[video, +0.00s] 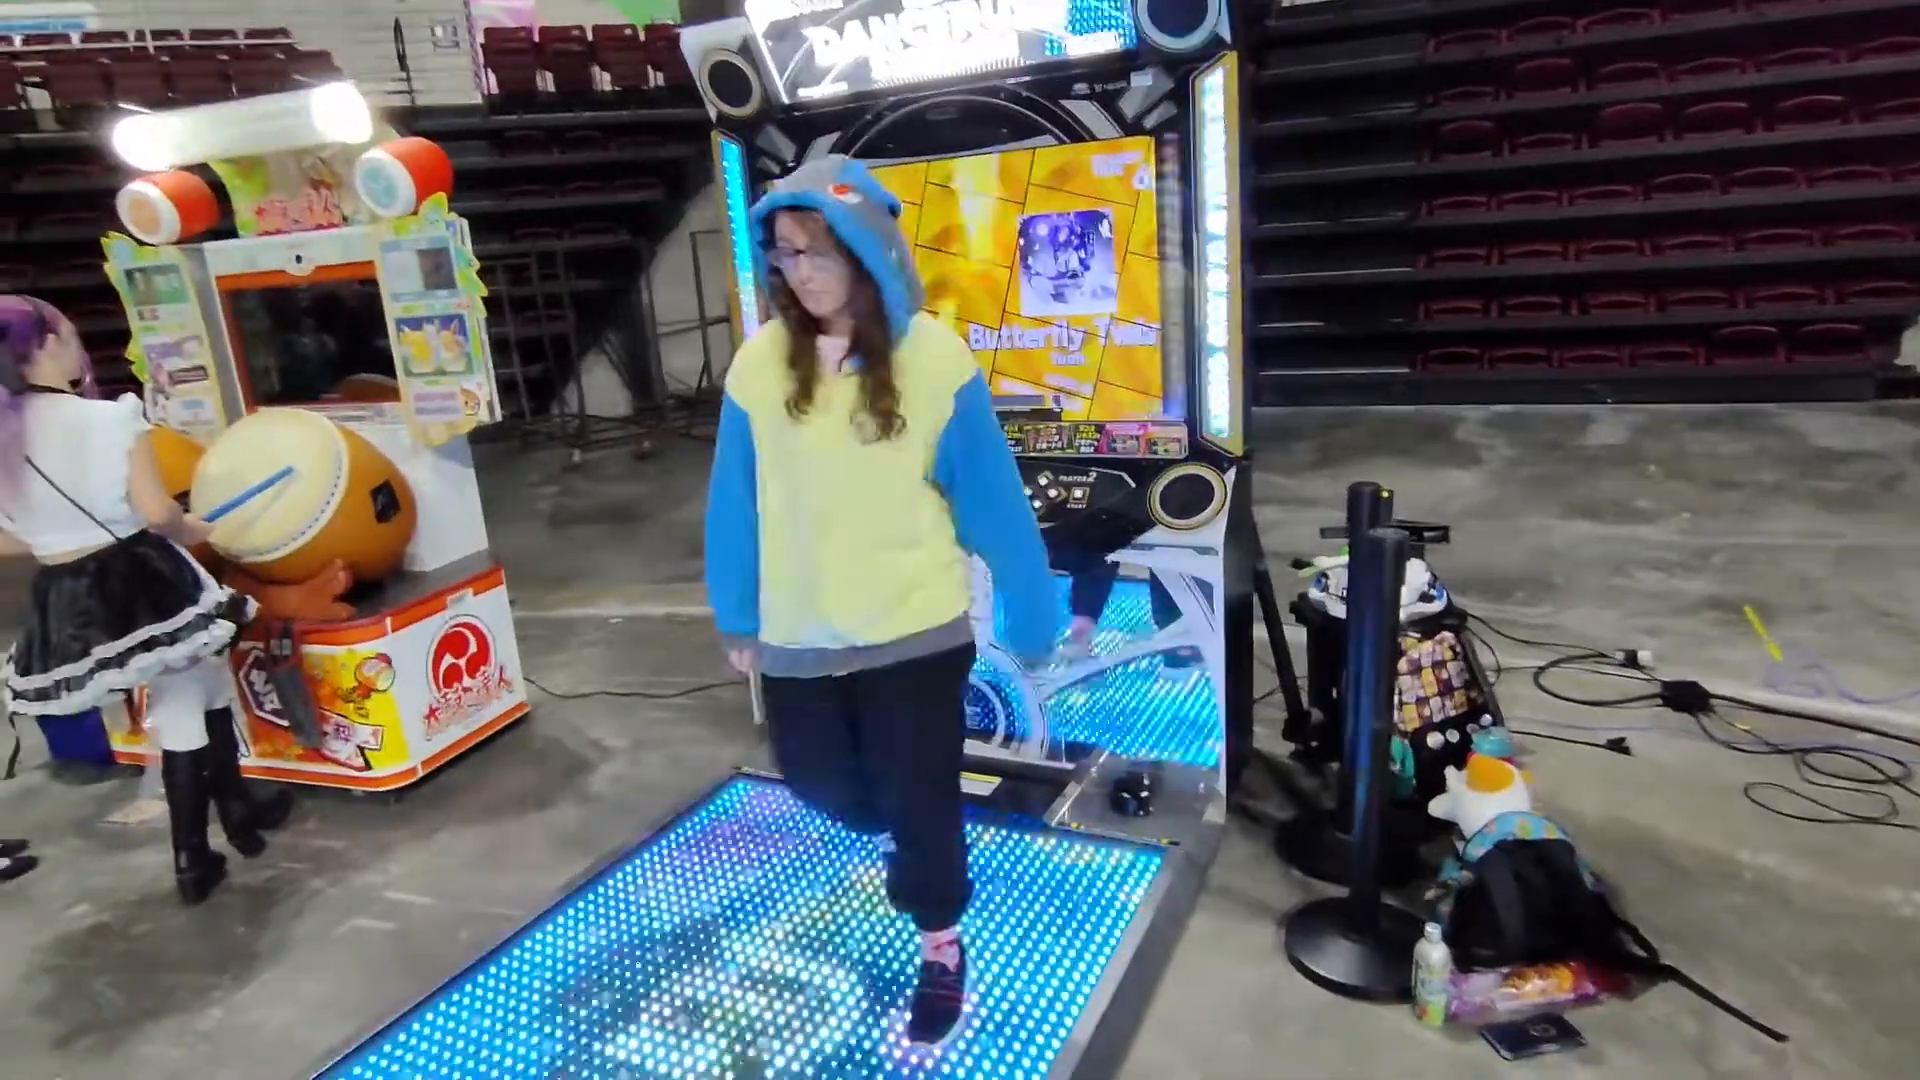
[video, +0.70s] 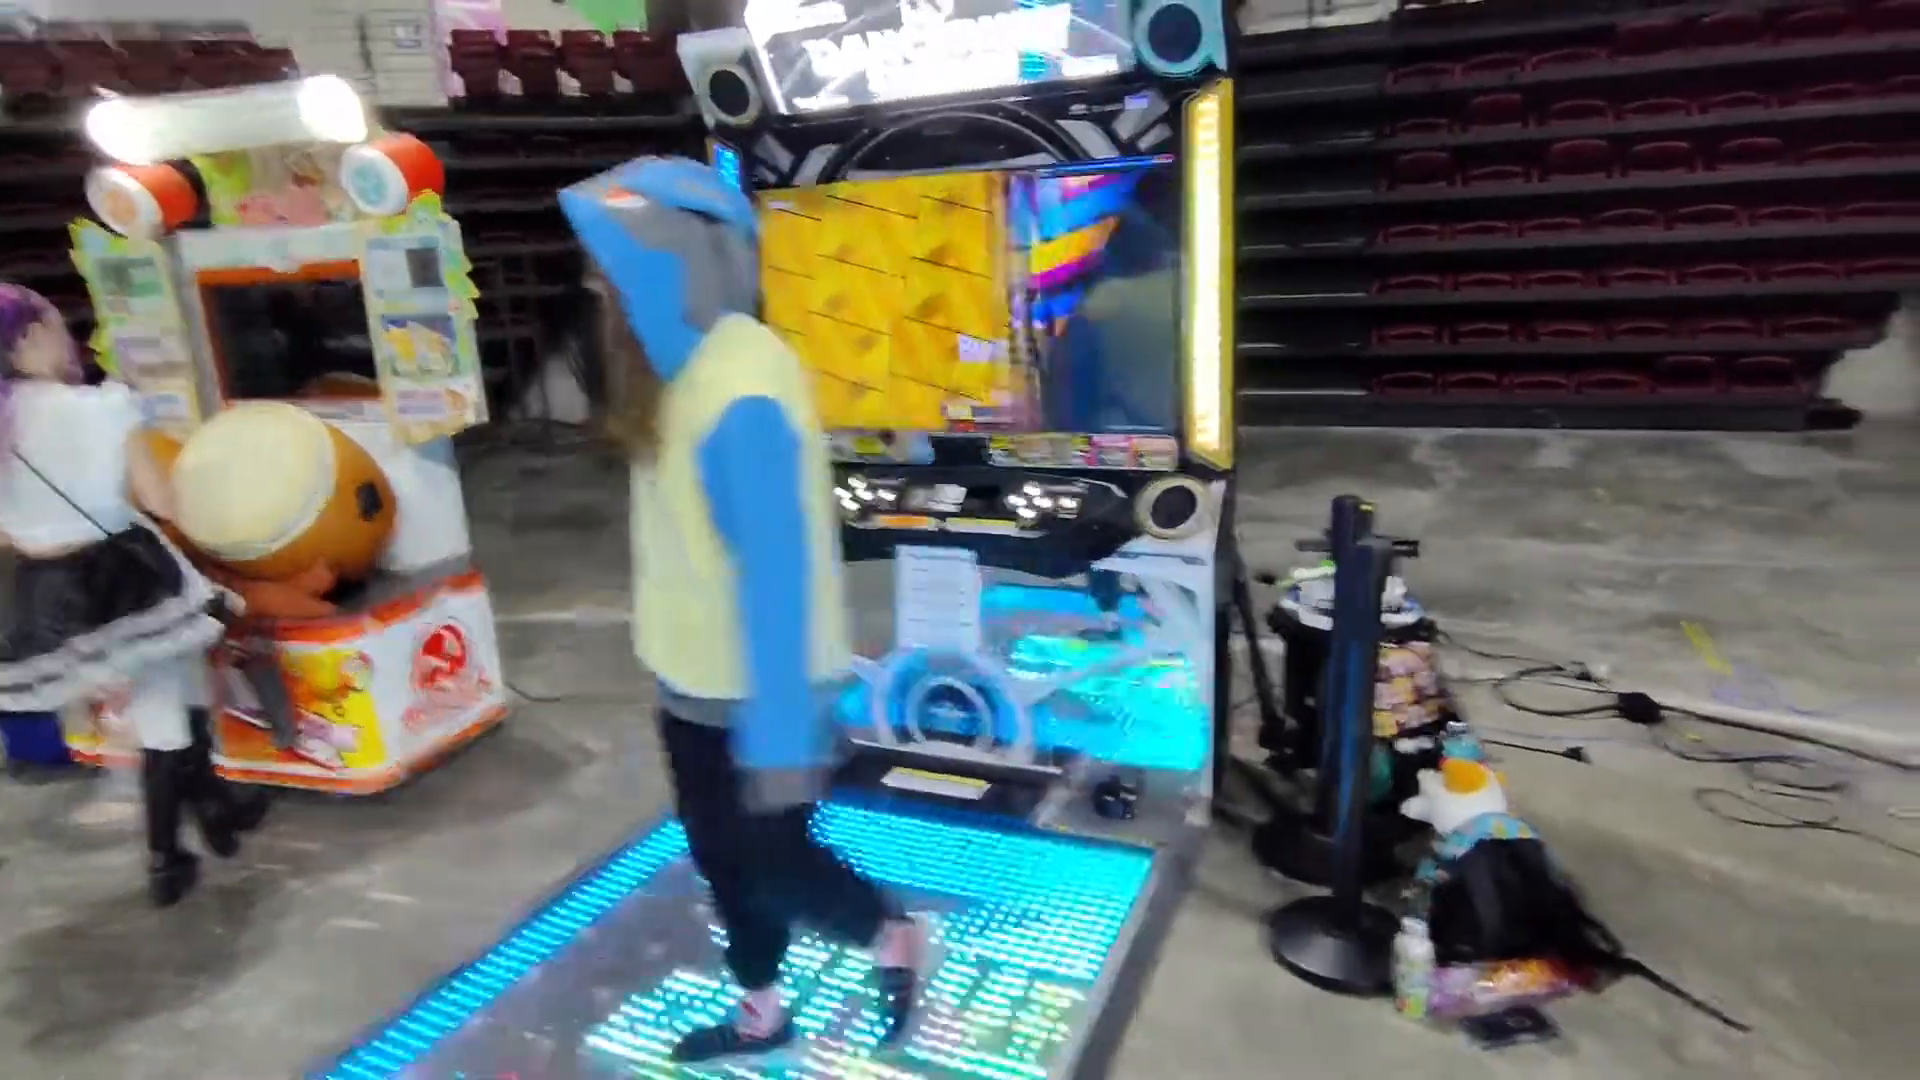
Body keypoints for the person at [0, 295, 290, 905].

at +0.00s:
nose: (79, 347)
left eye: (73, 335)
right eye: (70, 336)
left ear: (18, 356)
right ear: (45, 347)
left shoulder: (8, 434)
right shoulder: (111, 420)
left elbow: (11, 537)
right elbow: (157, 514)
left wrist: (58, 544)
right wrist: (192, 529)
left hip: (69, 598)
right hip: (142, 585)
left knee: (208, 670)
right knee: (178, 705)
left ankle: (239, 807)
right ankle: (191, 857)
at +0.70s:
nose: (67, 340)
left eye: (60, 328)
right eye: (56, 329)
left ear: (13, 347)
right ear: (28, 342)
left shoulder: (7, 417)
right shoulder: (103, 409)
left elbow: (13, 535)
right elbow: (157, 498)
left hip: (45, 589)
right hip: (121, 578)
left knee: (173, 674)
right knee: (164, 700)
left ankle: (218, 807)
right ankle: (165, 855)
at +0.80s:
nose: (54, 334)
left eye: (47, 323)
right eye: (46, 323)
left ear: (4, 340)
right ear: (22, 333)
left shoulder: (7, 412)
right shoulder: (92, 408)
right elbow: (147, 500)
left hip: (34, 595)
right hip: (112, 585)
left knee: (166, 670)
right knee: (151, 695)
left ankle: (205, 809)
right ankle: (154, 858)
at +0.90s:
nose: (33, 323)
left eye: (26, 310)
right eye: (25, 311)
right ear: (8, 319)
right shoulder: (74, 395)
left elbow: (129, 488)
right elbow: (133, 490)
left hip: (15, 593)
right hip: (89, 583)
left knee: (147, 651)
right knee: (138, 683)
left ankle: (187, 798)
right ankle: (137, 850)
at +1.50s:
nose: (30, 261)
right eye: (24, 251)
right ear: (16, 257)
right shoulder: (48, 323)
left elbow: (92, 419)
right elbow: (94, 421)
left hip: (11, 505)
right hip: (70, 493)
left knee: (125, 593)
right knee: (108, 623)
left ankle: (165, 726)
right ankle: (118, 774)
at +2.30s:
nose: (60, 200)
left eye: (55, 189)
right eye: (52, 190)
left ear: (8, 206)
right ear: (29, 199)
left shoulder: (5, 282)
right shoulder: (102, 271)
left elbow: (9, 393)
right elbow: (151, 369)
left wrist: (51, 393)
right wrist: (140, 313)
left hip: (56, 443)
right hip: (128, 432)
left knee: (179, 535)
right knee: (168, 560)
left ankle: (225, 658)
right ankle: (183, 706)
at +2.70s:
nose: (49, 204)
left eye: (43, 192)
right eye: (42, 193)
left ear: (6, 202)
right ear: (21, 198)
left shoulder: (5, 278)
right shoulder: (87, 272)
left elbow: (11, 389)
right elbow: (144, 369)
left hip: (37, 445)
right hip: (112, 433)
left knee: (169, 536)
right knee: (163, 553)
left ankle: (218, 661)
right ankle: (178, 708)